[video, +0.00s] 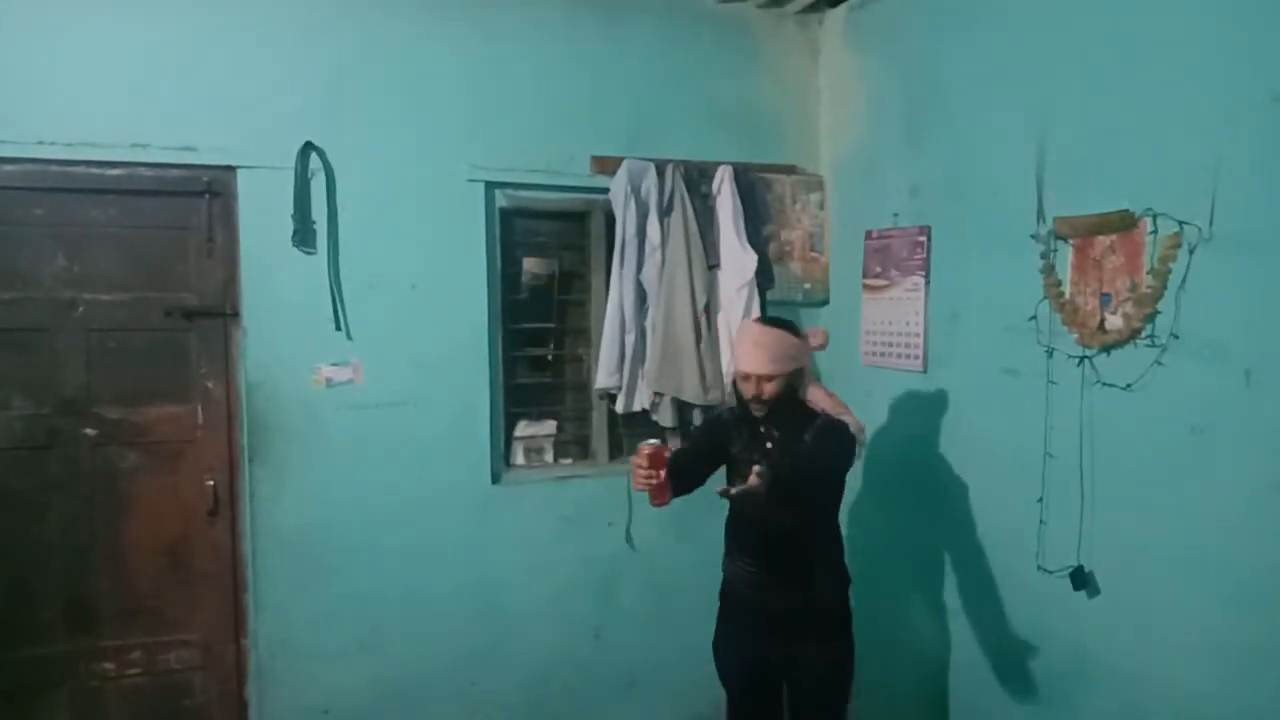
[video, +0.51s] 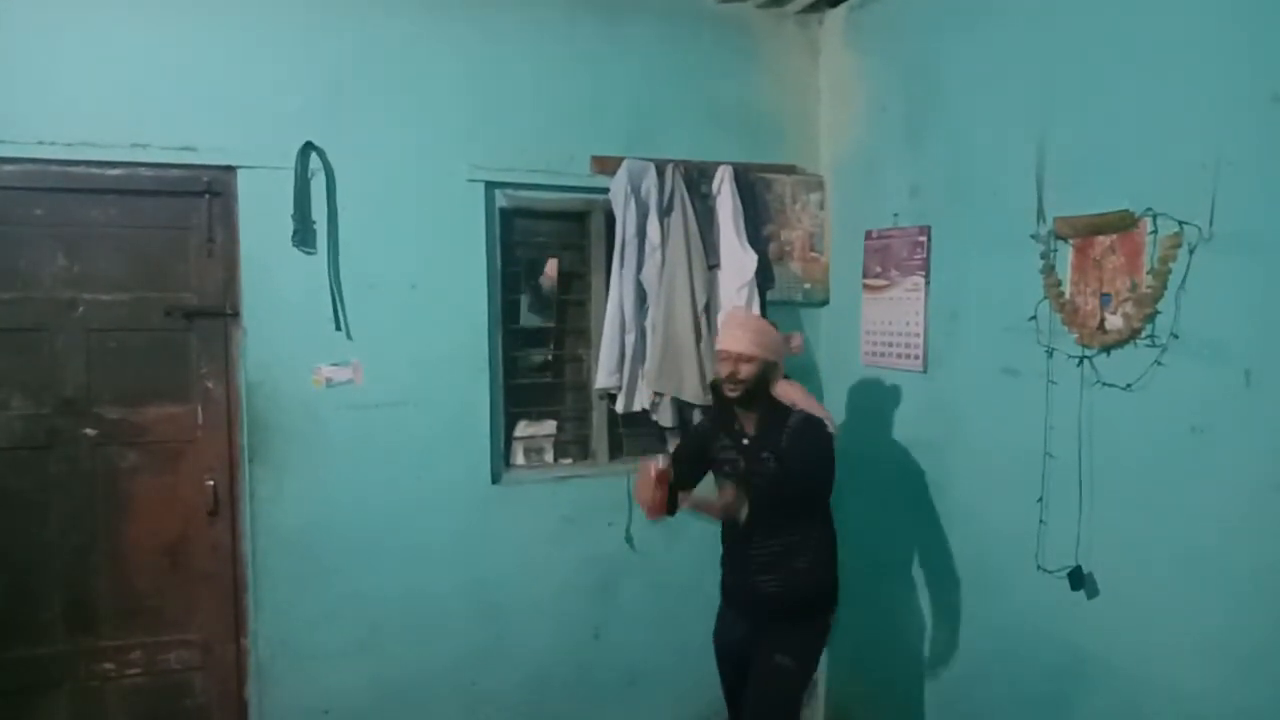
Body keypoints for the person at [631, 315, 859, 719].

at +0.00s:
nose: (755, 391)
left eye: (768, 381)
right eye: (746, 379)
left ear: (793, 376)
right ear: (735, 376)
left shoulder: (828, 432)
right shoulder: (730, 425)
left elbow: (816, 490)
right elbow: (683, 469)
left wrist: (770, 486)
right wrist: (654, 469)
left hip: (816, 608)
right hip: (745, 606)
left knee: (817, 710)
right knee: (748, 709)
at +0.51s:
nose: (731, 371)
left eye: (744, 361)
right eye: (724, 359)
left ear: (770, 366)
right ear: (715, 361)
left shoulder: (804, 425)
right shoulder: (717, 422)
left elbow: (800, 500)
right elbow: (680, 477)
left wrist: (738, 504)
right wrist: (658, 490)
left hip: (799, 599)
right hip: (740, 595)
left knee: (770, 709)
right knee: (740, 708)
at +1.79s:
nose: (639, 392)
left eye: (652, 381)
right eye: (636, 380)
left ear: (688, 381)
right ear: (632, 377)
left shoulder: (727, 449)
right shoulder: (660, 436)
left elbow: (742, 548)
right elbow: (628, 508)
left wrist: (678, 489)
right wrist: (594, 536)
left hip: (701, 630)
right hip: (654, 622)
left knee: (662, 710)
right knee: (673, 708)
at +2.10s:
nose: (662, 398)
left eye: (676, 388)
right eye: (658, 386)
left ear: (711, 391)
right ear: (651, 383)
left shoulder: (748, 460)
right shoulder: (667, 448)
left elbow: (754, 556)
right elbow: (626, 512)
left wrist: (662, 547)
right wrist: (597, 522)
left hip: (715, 633)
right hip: (665, 626)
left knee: (682, 710)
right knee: (666, 707)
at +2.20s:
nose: (667, 391)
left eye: (681, 381)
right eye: (667, 379)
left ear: (715, 389)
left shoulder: (748, 460)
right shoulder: (669, 447)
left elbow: (754, 552)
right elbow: (626, 517)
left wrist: (670, 515)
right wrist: (597, 505)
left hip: (721, 631)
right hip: (671, 622)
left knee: (667, 710)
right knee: (669, 708)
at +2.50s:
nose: (692, 391)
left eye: (707, 384)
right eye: (695, 381)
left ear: (738, 404)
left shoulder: (759, 495)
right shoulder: (665, 466)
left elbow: (771, 607)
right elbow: (586, 484)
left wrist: (763, 698)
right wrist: (582, 431)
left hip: (692, 656)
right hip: (638, 643)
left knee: (645, 711)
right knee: (641, 711)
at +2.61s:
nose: (691, 390)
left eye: (707, 385)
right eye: (695, 381)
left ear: (737, 408)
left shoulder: (752, 497)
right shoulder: (656, 464)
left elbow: (775, 604)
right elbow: (584, 434)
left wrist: (780, 696)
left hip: (684, 661)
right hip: (631, 649)